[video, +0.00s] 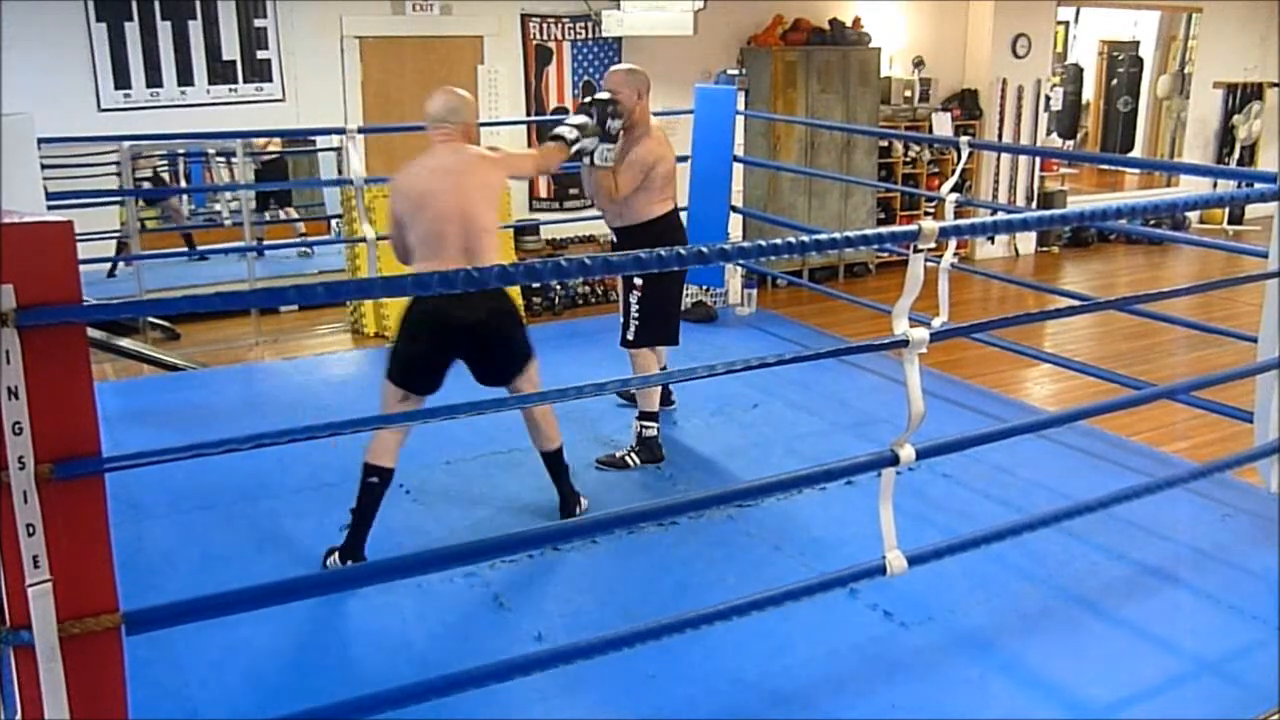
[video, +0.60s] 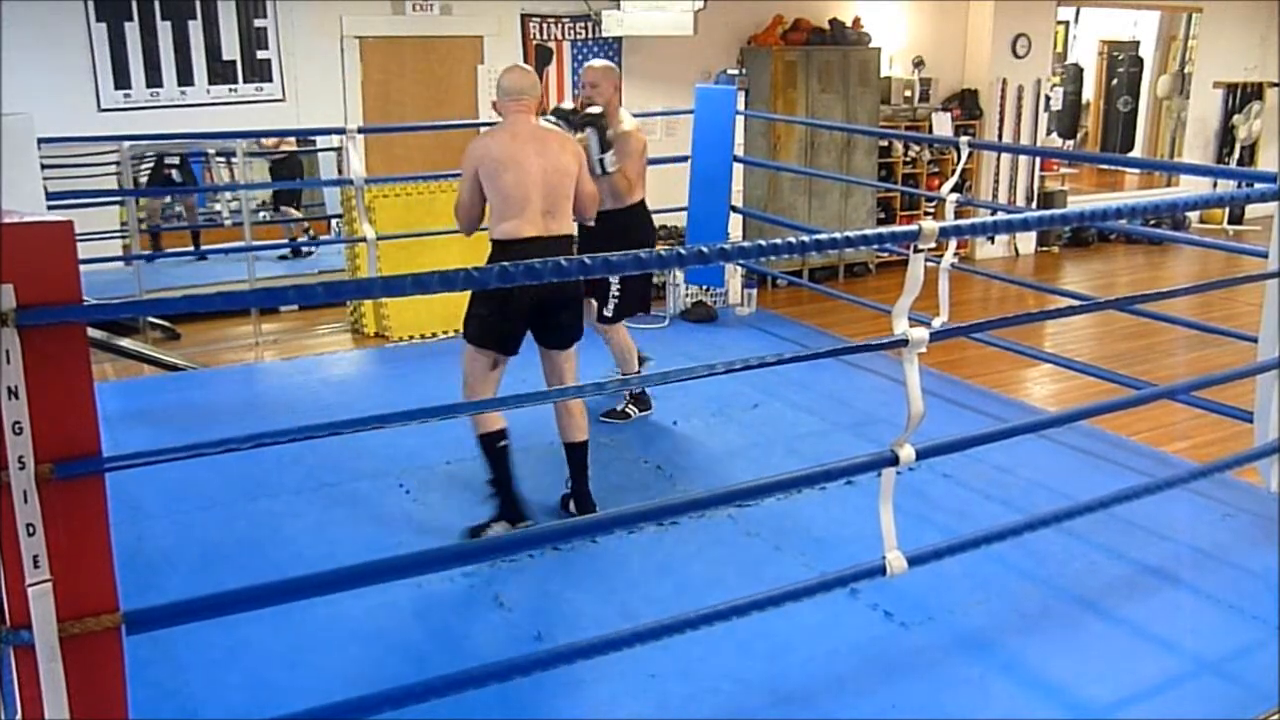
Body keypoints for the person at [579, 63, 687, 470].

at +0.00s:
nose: (607, 103)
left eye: (613, 96)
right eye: (606, 96)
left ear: (639, 98)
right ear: (628, 99)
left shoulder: (649, 145)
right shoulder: (624, 140)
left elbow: (609, 196)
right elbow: (593, 192)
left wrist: (592, 152)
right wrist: (586, 147)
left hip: (654, 243)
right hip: (636, 240)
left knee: (638, 344)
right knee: (645, 329)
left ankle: (647, 442)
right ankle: (659, 390)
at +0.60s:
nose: (585, 93)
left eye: (593, 86)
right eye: (582, 86)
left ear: (616, 88)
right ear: (581, 90)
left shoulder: (629, 135)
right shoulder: (588, 128)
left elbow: (625, 192)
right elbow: (576, 180)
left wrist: (597, 153)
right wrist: (565, 133)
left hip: (626, 227)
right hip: (595, 225)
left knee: (607, 321)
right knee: (588, 307)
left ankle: (638, 395)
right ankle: (631, 356)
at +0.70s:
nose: (578, 93)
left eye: (585, 86)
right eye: (574, 86)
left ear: (606, 88)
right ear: (572, 90)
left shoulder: (619, 133)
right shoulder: (583, 127)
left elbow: (616, 193)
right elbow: (574, 178)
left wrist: (587, 151)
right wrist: (560, 135)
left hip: (615, 224)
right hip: (585, 219)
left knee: (605, 318)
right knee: (577, 294)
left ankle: (637, 395)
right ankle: (584, 355)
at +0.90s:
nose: (553, 102)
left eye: (561, 95)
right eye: (548, 95)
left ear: (583, 97)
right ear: (543, 96)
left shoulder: (592, 139)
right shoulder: (540, 133)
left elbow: (592, 193)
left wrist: (567, 156)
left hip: (585, 231)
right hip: (549, 229)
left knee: (594, 320)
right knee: (546, 312)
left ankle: (634, 392)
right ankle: (546, 368)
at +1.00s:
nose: (540, 98)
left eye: (548, 91)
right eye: (537, 90)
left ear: (566, 93)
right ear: (532, 92)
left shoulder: (577, 132)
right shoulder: (524, 129)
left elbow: (589, 178)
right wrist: (488, 144)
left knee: (572, 316)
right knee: (539, 316)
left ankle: (606, 377)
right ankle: (535, 376)